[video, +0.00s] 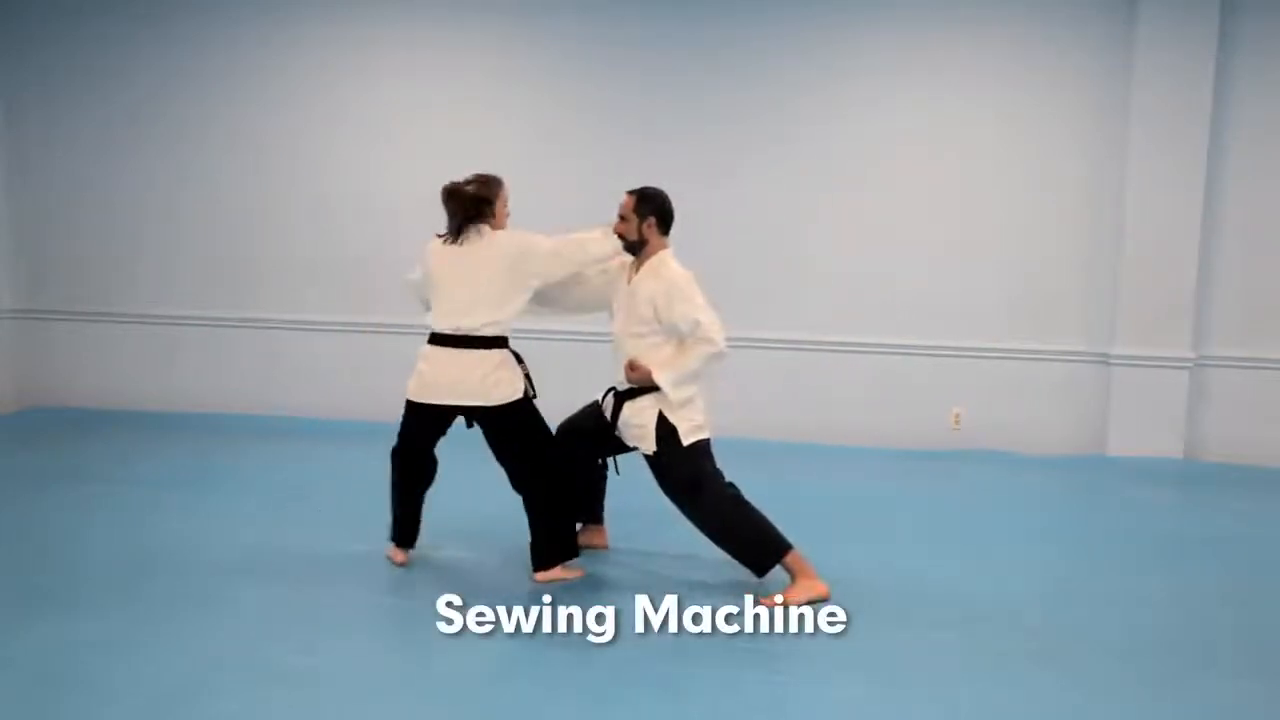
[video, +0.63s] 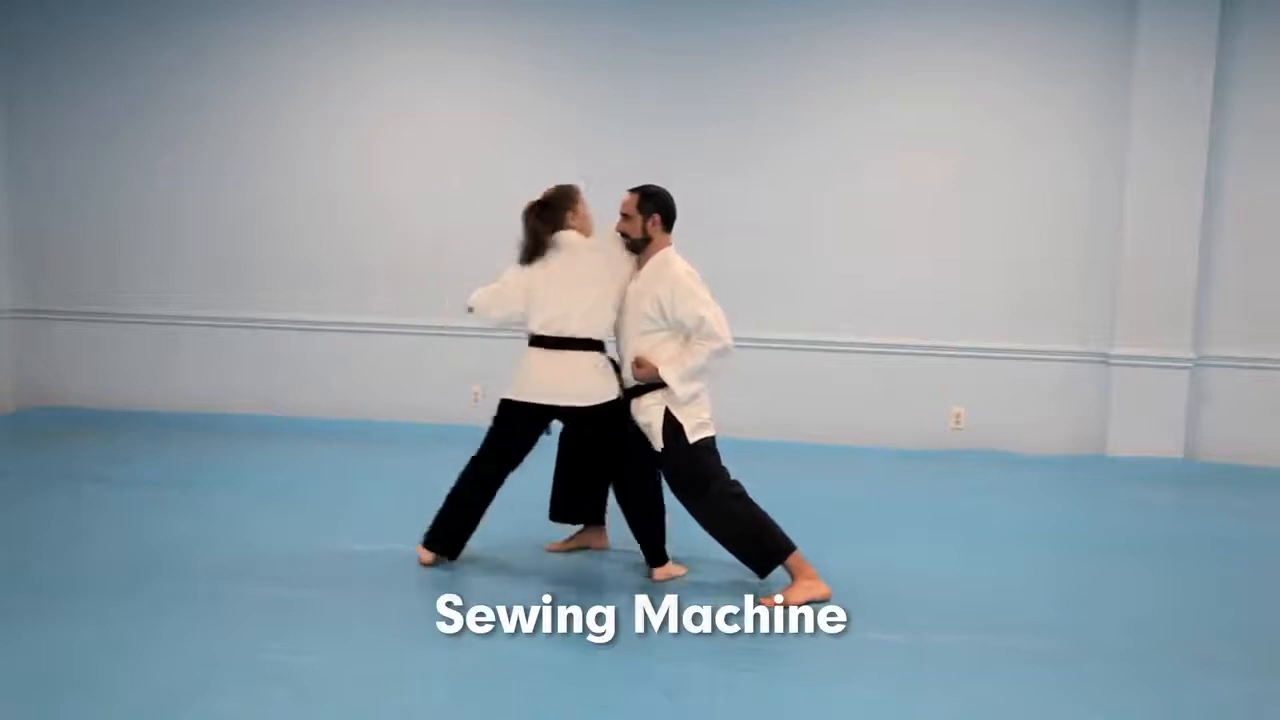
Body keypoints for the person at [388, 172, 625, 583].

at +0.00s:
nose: (509, 212)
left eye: (507, 204)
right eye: (505, 206)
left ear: (463, 210)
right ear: (491, 210)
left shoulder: (437, 250)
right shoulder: (515, 248)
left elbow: (421, 289)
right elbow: (571, 252)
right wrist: (617, 236)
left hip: (435, 376)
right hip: (492, 378)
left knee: (410, 454)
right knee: (538, 465)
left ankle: (400, 544)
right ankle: (549, 562)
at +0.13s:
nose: (503, 216)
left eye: (501, 209)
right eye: (499, 210)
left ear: (458, 215)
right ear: (485, 215)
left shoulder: (430, 253)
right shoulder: (506, 251)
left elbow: (431, 300)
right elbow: (551, 257)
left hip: (432, 382)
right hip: (488, 381)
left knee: (419, 456)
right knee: (554, 448)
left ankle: (405, 547)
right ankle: (557, 545)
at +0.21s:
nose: (500, 226)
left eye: (499, 218)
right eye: (496, 219)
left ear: (453, 223)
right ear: (478, 224)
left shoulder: (427, 259)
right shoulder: (501, 253)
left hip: (435, 388)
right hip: (491, 386)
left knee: (417, 462)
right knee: (574, 442)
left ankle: (403, 549)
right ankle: (579, 533)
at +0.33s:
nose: (503, 236)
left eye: (502, 229)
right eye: (500, 230)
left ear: (461, 232)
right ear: (490, 233)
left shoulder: (439, 273)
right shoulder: (505, 263)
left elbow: (437, 319)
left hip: (456, 398)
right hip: (510, 393)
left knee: (421, 466)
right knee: (587, 444)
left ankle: (400, 551)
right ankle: (617, 541)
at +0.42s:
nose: (523, 232)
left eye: (521, 225)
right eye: (520, 225)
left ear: (483, 233)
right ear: (512, 230)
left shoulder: (464, 272)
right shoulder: (527, 264)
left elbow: (445, 318)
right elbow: (525, 303)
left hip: (475, 399)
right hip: (531, 398)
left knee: (433, 466)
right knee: (601, 457)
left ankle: (401, 549)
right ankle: (648, 551)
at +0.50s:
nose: (552, 229)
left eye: (548, 222)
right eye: (548, 222)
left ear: (511, 232)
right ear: (538, 228)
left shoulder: (494, 274)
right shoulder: (565, 263)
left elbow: (453, 314)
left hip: (501, 396)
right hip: (557, 397)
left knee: (454, 468)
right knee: (620, 467)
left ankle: (406, 548)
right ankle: (654, 563)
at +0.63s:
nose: (590, 213)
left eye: (586, 206)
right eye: (585, 207)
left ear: (551, 222)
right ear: (574, 217)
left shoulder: (533, 268)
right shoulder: (613, 257)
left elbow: (481, 306)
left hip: (534, 385)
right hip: (591, 386)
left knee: (489, 465)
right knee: (635, 466)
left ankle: (434, 546)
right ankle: (659, 562)